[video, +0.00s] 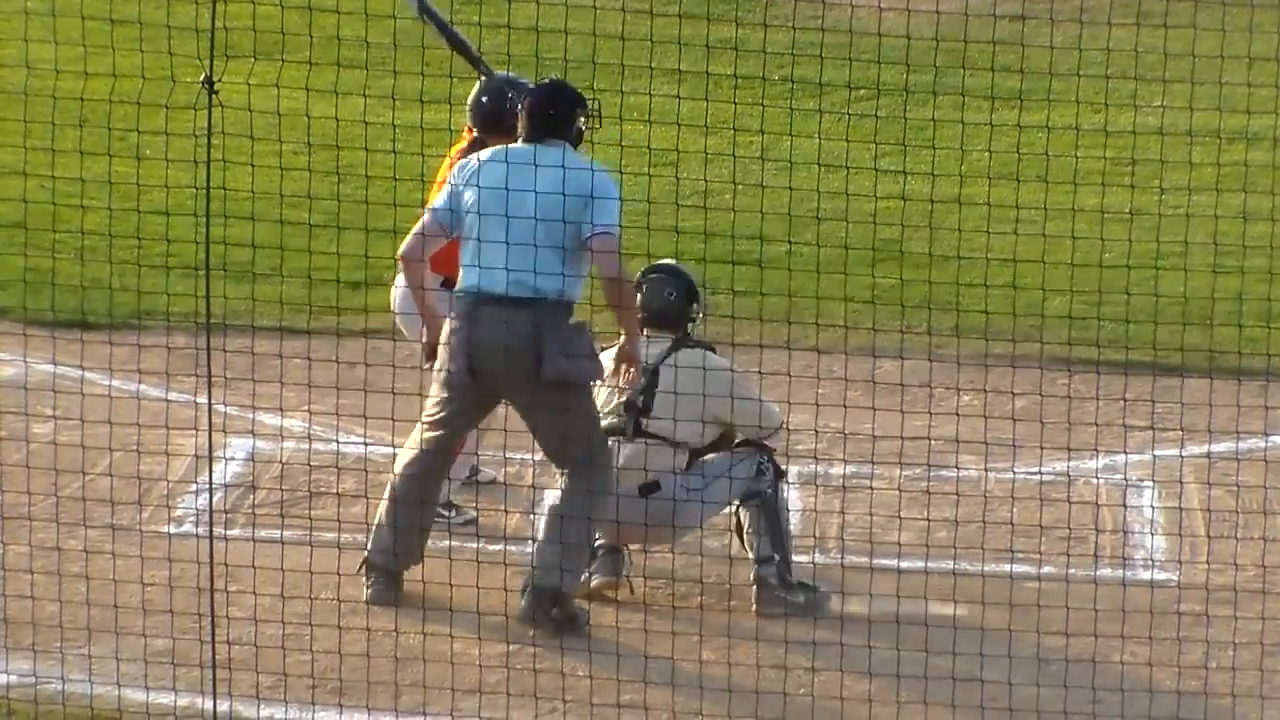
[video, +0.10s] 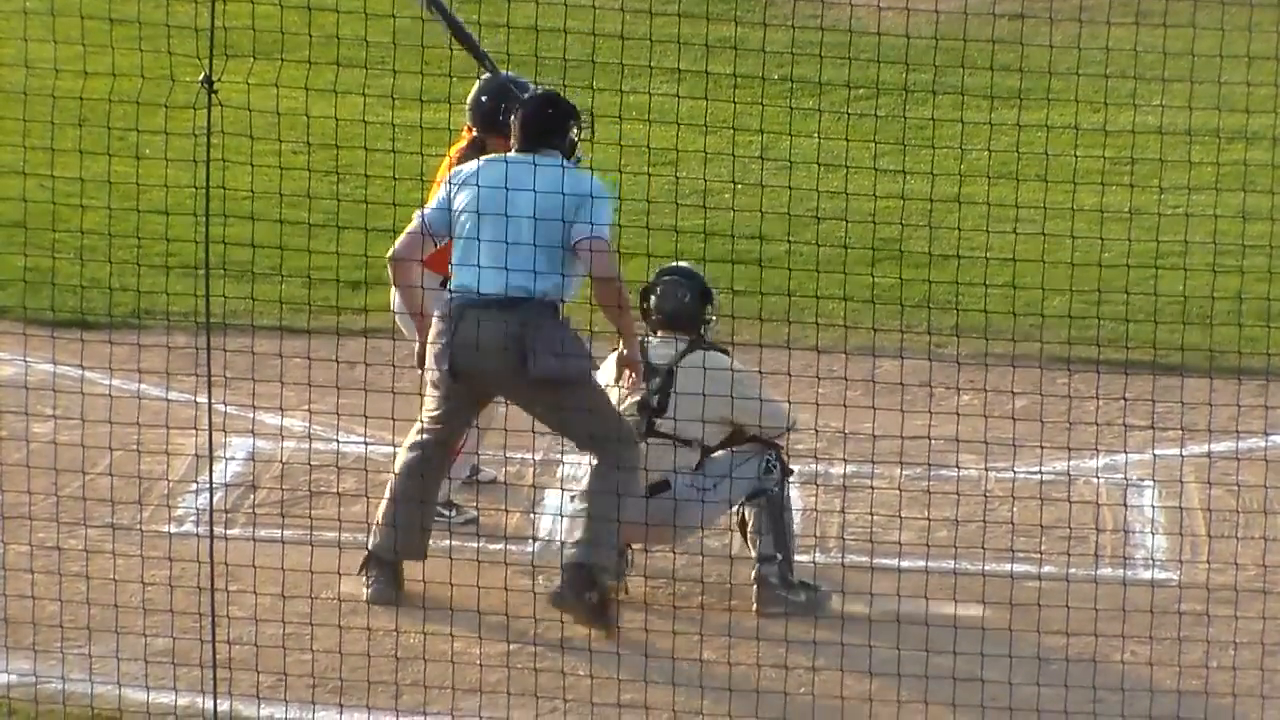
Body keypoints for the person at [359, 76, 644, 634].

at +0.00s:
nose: (586, 131)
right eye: (582, 125)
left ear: (521, 123)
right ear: (576, 128)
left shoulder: (478, 168)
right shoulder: (594, 179)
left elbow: (411, 254)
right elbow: (608, 268)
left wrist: (432, 324)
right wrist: (630, 339)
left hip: (470, 329)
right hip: (544, 337)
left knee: (431, 440)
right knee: (590, 465)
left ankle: (383, 570)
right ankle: (547, 591)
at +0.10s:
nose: (579, 147)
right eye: (576, 140)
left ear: (515, 136)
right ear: (569, 142)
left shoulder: (469, 177)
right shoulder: (584, 186)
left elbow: (404, 256)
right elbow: (600, 270)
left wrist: (429, 333)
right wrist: (630, 340)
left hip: (460, 332)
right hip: (535, 337)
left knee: (431, 437)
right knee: (617, 446)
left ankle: (383, 565)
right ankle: (586, 574)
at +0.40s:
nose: (598, 209)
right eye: (595, 202)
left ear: (538, 197)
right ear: (590, 204)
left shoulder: (490, 237)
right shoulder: (603, 247)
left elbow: (405, 297)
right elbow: (625, 320)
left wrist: (435, 366)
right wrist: (645, 397)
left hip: (467, 389)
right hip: (547, 393)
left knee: (441, 450)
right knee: (652, 473)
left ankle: (383, 561)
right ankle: (648, 605)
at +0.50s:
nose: (604, 230)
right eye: (603, 224)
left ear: (546, 223)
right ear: (597, 228)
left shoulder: (498, 258)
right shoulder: (610, 271)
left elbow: (410, 308)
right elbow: (628, 339)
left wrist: (440, 376)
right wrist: (646, 413)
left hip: (469, 407)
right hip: (548, 412)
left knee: (442, 451)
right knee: (657, 473)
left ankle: (383, 563)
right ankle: (649, 605)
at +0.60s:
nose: (607, 250)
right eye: (606, 244)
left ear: (548, 241)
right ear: (601, 249)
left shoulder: (501, 274)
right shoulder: (611, 287)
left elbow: (412, 313)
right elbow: (628, 350)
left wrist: (444, 386)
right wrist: (641, 420)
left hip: (469, 420)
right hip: (548, 426)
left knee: (439, 460)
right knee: (662, 479)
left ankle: (383, 567)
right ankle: (649, 610)